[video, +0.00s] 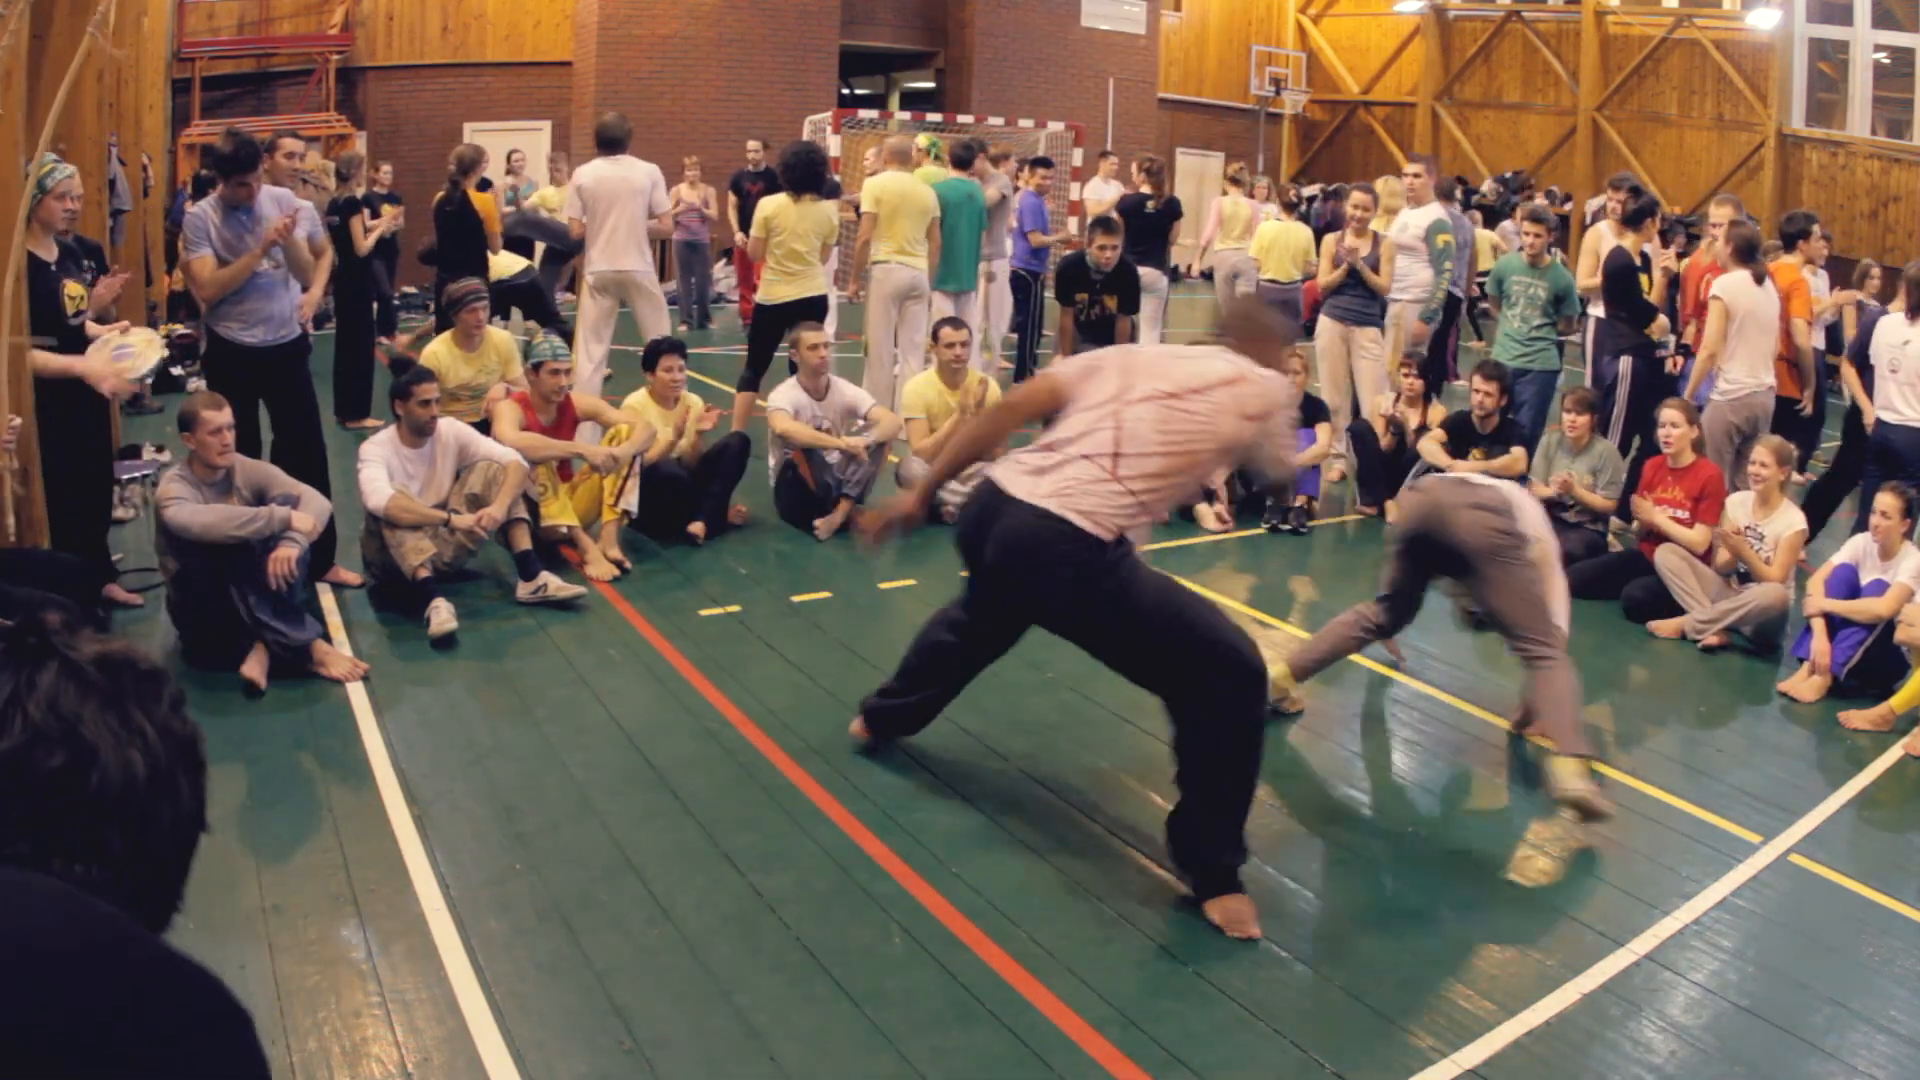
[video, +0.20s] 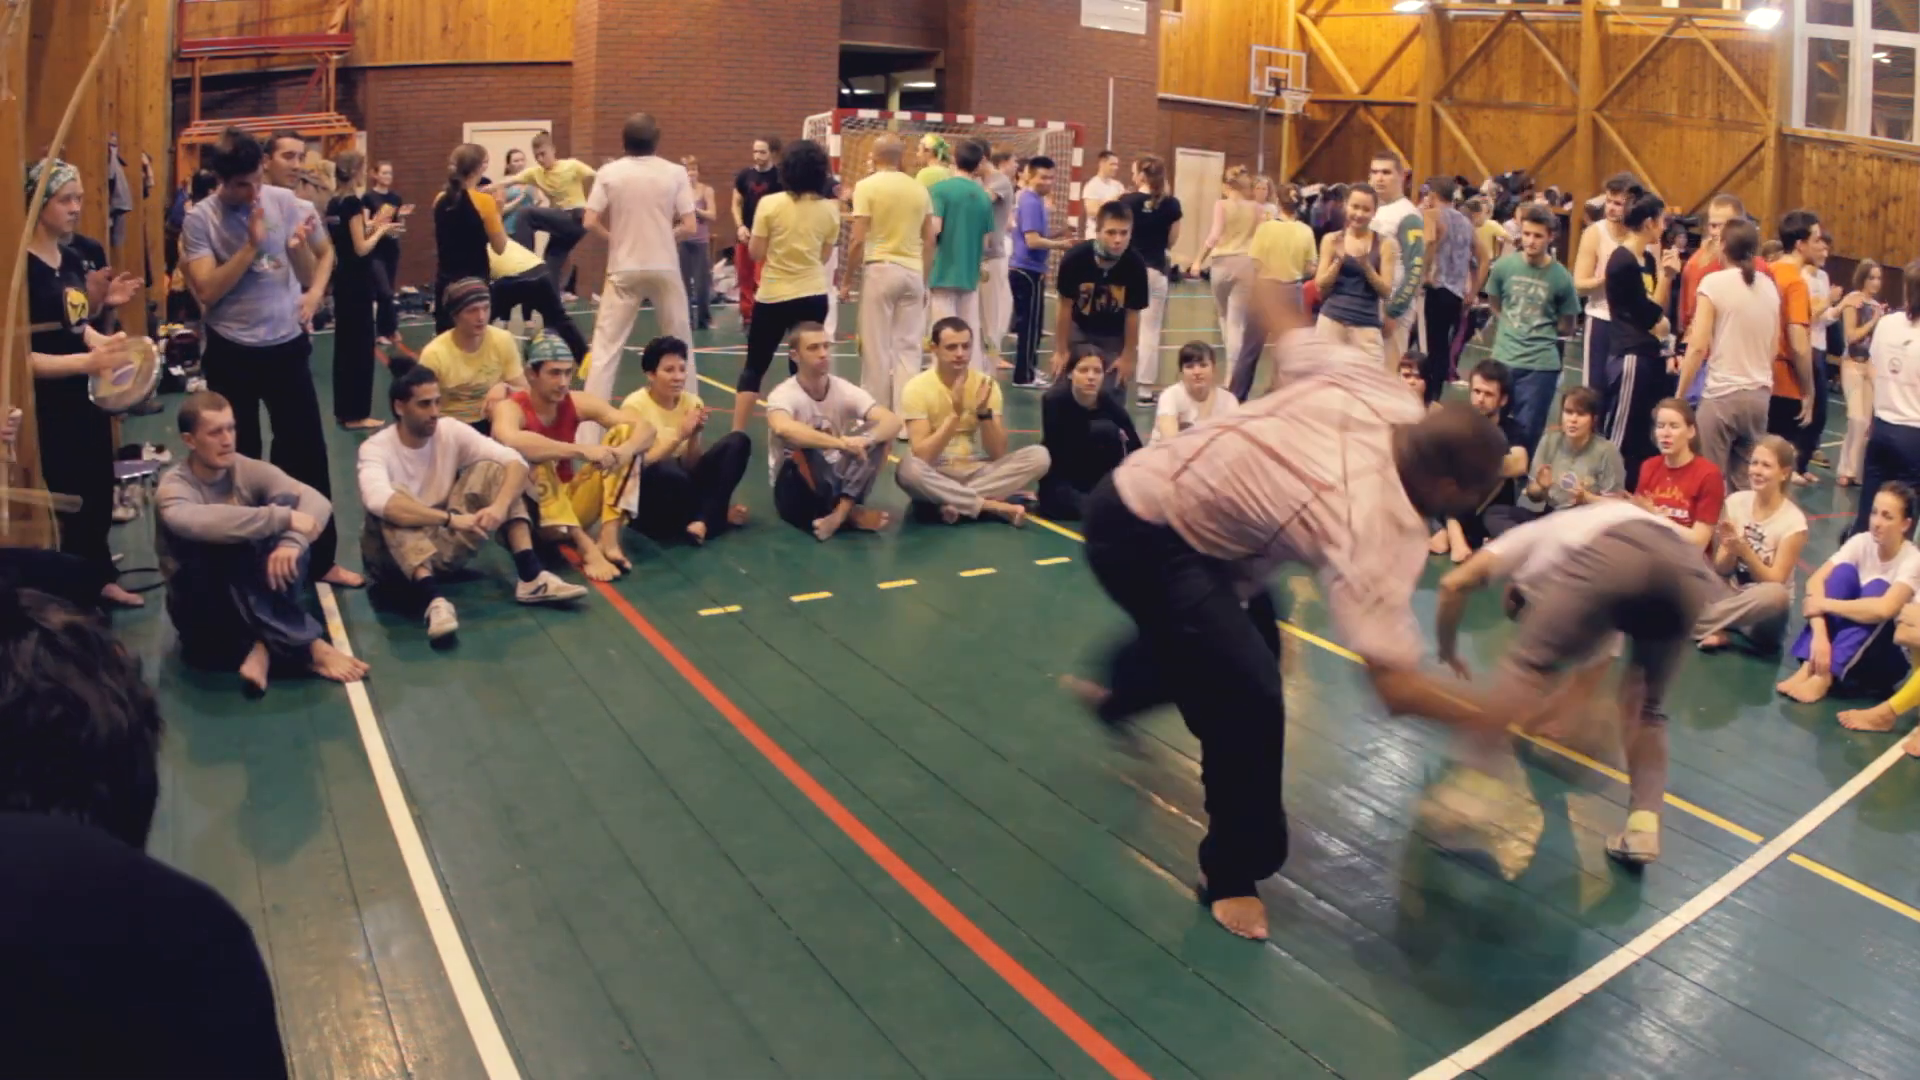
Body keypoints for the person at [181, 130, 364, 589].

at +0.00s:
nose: (247, 192)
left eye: (253, 182)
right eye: (237, 185)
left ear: (262, 172)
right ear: (217, 179)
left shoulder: (284, 203)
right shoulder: (200, 217)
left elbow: (306, 275)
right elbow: (206, 291)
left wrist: (287, 242)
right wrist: (260, 250)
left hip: (286, 347)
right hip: (229, 350)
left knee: (305, 452)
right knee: (239, 455)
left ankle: (320, 562)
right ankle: (247, 564)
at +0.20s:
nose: (251, 192)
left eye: (256, 182)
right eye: (241, 185)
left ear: (263, 173)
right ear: (219, 180)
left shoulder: (286, 204)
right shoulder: (200, 218)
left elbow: (324, 258)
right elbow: (206, 293)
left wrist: (314, 292)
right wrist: (252, 246)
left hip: (287, 346)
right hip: (229, 349)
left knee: (306, 452)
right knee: (238, 455)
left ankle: (320, 562)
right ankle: (245, 564)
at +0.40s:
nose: (249, 191)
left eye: (254, 180)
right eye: (239, 184)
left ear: (262, 171)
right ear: (218, 180)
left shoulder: (287, 204)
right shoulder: (200, 218)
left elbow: (309, 276)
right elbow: (206, 293)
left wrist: (293, 247)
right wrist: (256, 248)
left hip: (286, 347)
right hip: (229, 349)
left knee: (305, 452)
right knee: (238, 455)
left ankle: (320, 562)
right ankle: (246, 564)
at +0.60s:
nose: (248, 190)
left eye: (253, 180)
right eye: (238, 184)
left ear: (262, 170)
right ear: (217, 179)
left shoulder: (284, 203)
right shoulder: (200, 217)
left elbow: (305, 274)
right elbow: (208, 292)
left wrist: (287, 241)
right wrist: (261, 253)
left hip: (286, 347)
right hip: (229, 350)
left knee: (305, 452)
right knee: (239, 454)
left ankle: (320, 562)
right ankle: (246, 565)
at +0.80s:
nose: (249, 190)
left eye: (254, 180)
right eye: (239, 183)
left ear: (262, 170)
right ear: (217, 179)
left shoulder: (286, 204)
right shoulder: (200, 218)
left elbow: (312, 277)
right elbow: (205, 292)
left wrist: (302, 254)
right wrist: (248, 245)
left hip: (287, 346)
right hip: (230, 350)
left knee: (306, 452)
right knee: (239, 455)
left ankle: (320, 562)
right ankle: (246, 564)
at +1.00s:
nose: (249, 190)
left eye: (254, 180)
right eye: (239, 183)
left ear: (262, 170)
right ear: (218, 179)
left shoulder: (284, 202)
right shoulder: (200, 216)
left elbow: (308, 272)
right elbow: (208, 289)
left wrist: (286, 241)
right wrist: (260, 250)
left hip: (286, 346)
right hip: (230, 349)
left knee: (306, 452)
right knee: (239, 454)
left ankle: (321, 562)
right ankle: (247, 563)